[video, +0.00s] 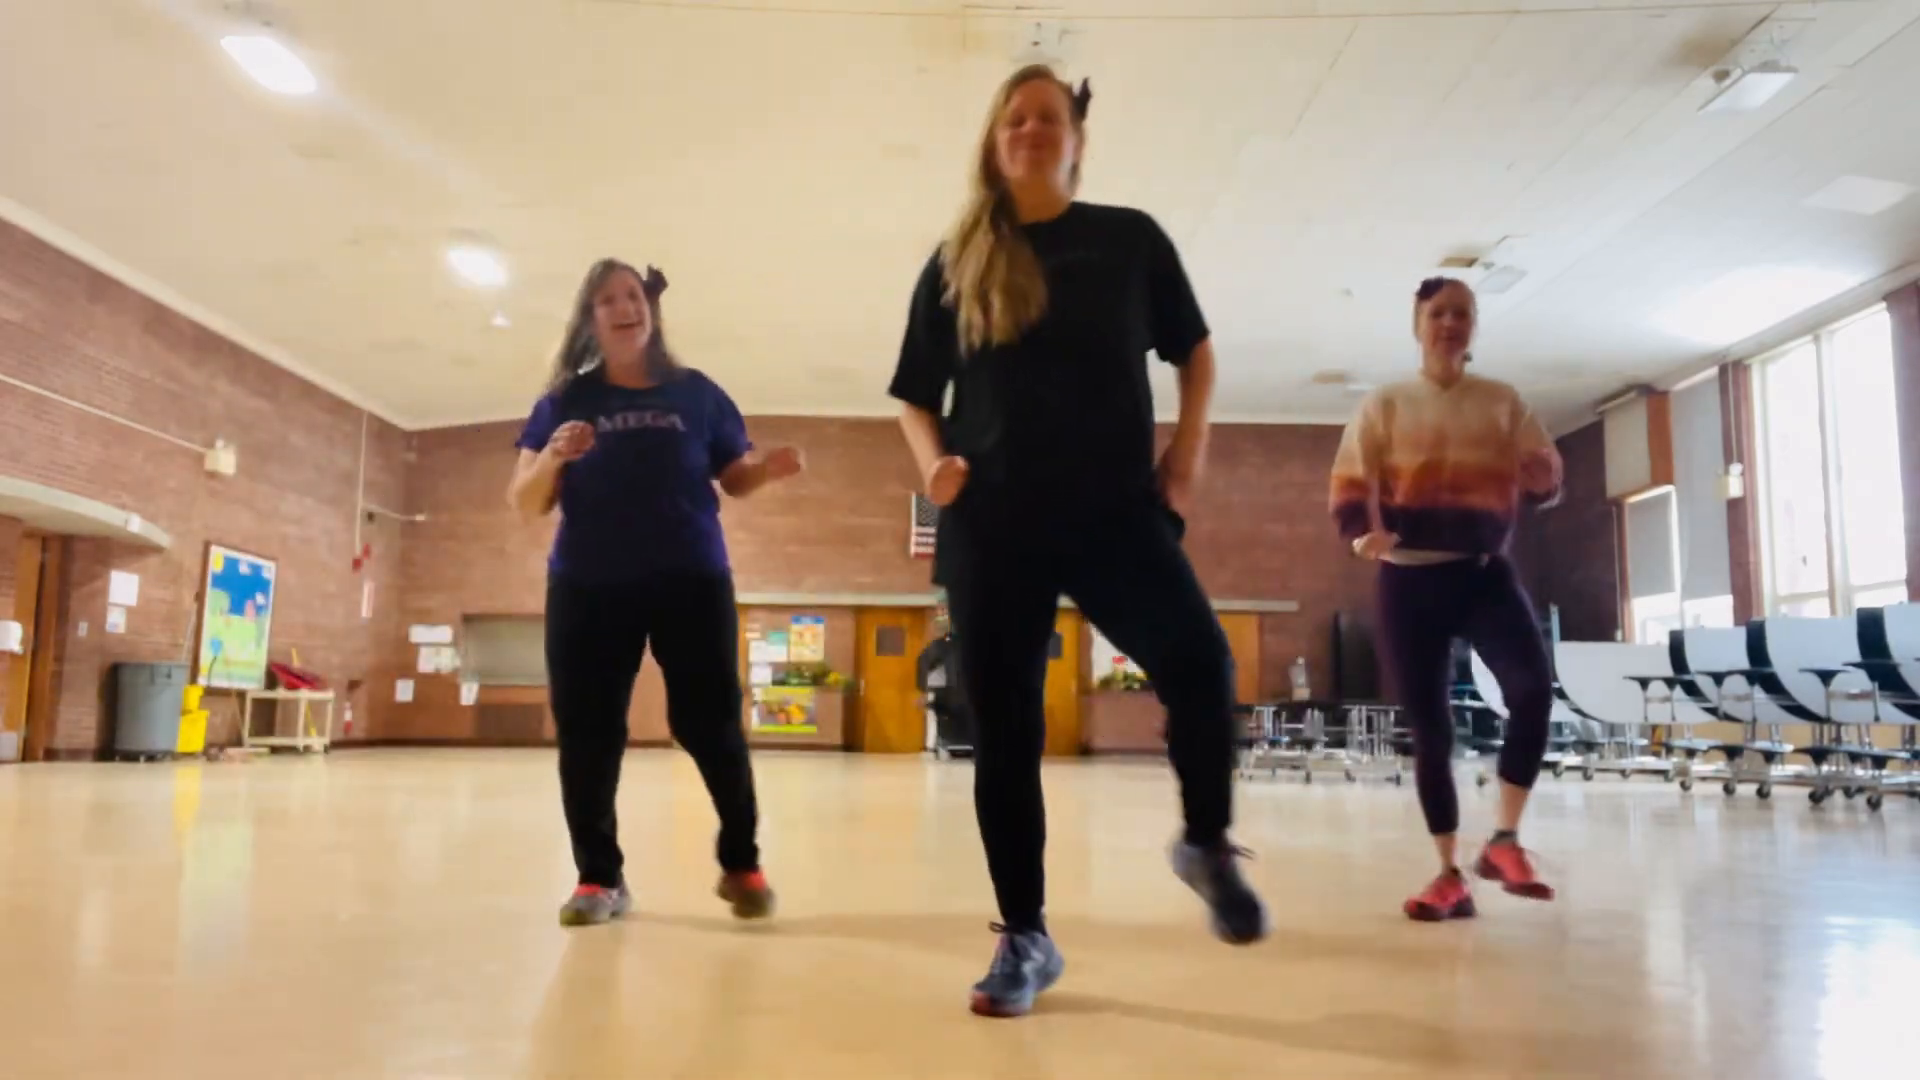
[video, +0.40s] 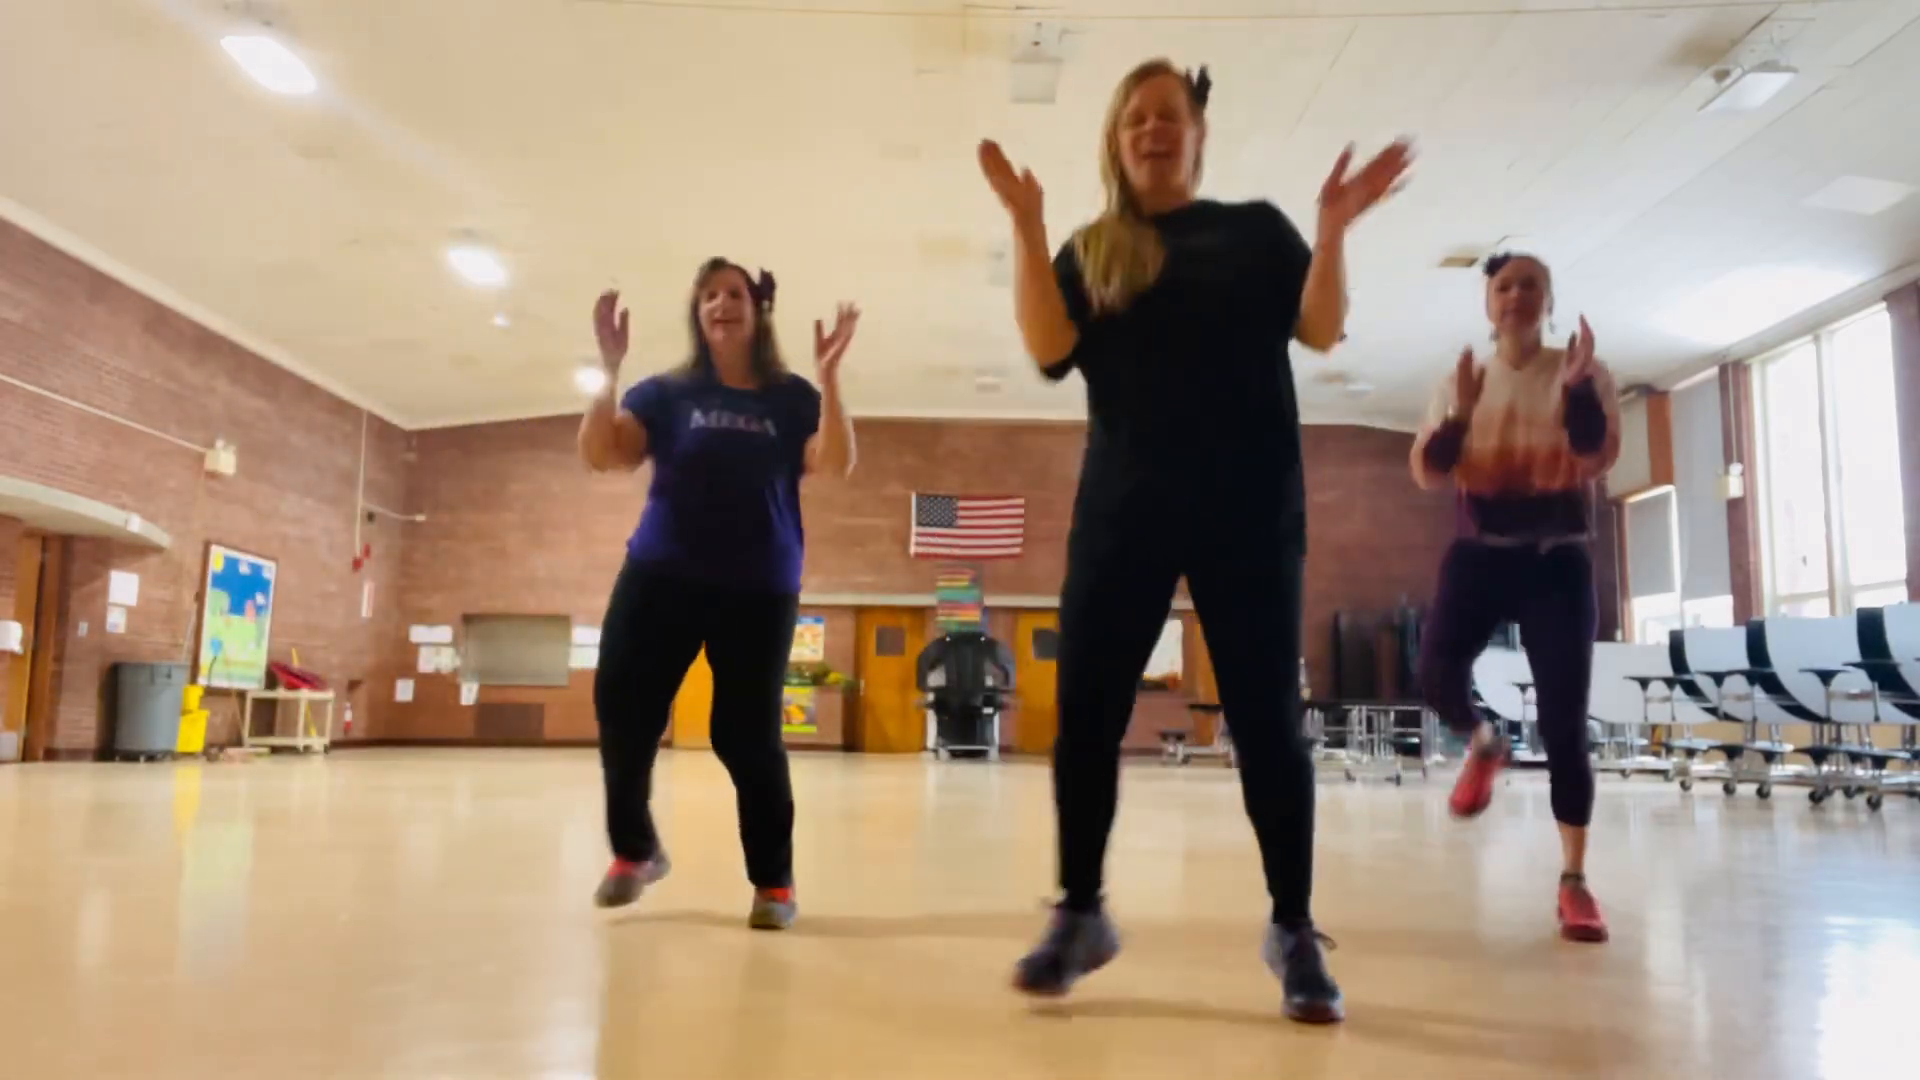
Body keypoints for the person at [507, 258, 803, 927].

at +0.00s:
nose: (625, 308)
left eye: (633, 296)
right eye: (609, 300)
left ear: (652, 309)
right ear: (589, 319)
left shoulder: (699, 394)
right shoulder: (564, 404)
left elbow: (734, 480)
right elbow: (528, 504)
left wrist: (763, 467)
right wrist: (553, 457)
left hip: (689, 583)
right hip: (592, 588)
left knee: (712, 726)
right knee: (587, 738)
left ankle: (742, 864)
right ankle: (599, 880)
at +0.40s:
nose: (721, 303)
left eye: (735, 294)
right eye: (710, 295)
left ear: (759, 312)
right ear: (696, 315)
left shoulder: (792, 398)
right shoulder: (668, 393)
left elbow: (835, 464)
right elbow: (600, 454)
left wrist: (830, 382)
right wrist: (610, 371)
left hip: (756, 587)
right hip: (663, 577)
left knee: (746, 733)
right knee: (623, 712)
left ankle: (773, 883)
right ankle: (636, 854)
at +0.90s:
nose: (686, 301)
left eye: (699, 290)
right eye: (674, 293)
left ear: (725, 306)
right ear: (661, 315)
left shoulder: (764, 396)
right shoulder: (638, 397)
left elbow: (804, 488)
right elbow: (597, 499)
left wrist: (775, 477)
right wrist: (580, 450)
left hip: (731, 588)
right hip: (634, 578)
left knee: (735, 731)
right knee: (572, 708)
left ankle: (772, 884)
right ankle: (539, 872)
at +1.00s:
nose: (647, 307)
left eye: (660, 296)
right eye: (635, 299)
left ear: (689, 311)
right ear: (622, 320)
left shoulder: (730, 403)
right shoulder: (598, 406)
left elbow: (777, 494)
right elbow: (565, 505)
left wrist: (748, 498)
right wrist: (529, 467)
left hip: (707, 593)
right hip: (607, 588)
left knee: (722, 740)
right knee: (546, 728)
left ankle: (772, 883)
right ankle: (494, 887)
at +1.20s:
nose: (571, 302)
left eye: (584, 290)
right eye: (557, 292)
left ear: (609, 304)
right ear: (541, 309)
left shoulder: (649, 392)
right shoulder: (513, 400)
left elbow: (696, 481)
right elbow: (482, 496)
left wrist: (674, 502)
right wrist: (444, 469)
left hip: (640, 584)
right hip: (535, 584)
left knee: (671, 733)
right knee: (498, 737)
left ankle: (721, 866)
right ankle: (486, 897)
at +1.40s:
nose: (525, 290)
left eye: (540, 279)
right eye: (514, 280)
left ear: (567, 299)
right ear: (497, 303)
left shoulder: (608, 385)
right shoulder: (468, 393)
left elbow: (659, 481)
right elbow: (438, 488)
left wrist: (623, 477)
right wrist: (403, 457)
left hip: (590, 589)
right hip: (491, 585)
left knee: (567, 736)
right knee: (478, 740)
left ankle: (540, 838)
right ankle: (484, 895)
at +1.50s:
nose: (516, 296)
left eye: (531, 285)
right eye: (505, 286)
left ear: (558, 304)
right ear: (489, 308)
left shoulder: (596, 391)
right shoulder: (458, 395)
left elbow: (646, 487)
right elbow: (431, 492)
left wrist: (603, 486)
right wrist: (399, 469)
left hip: (566, 595)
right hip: (470, 587)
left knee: (529, 739)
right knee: (466, 737)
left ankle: (500, 878)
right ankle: (478, 896)